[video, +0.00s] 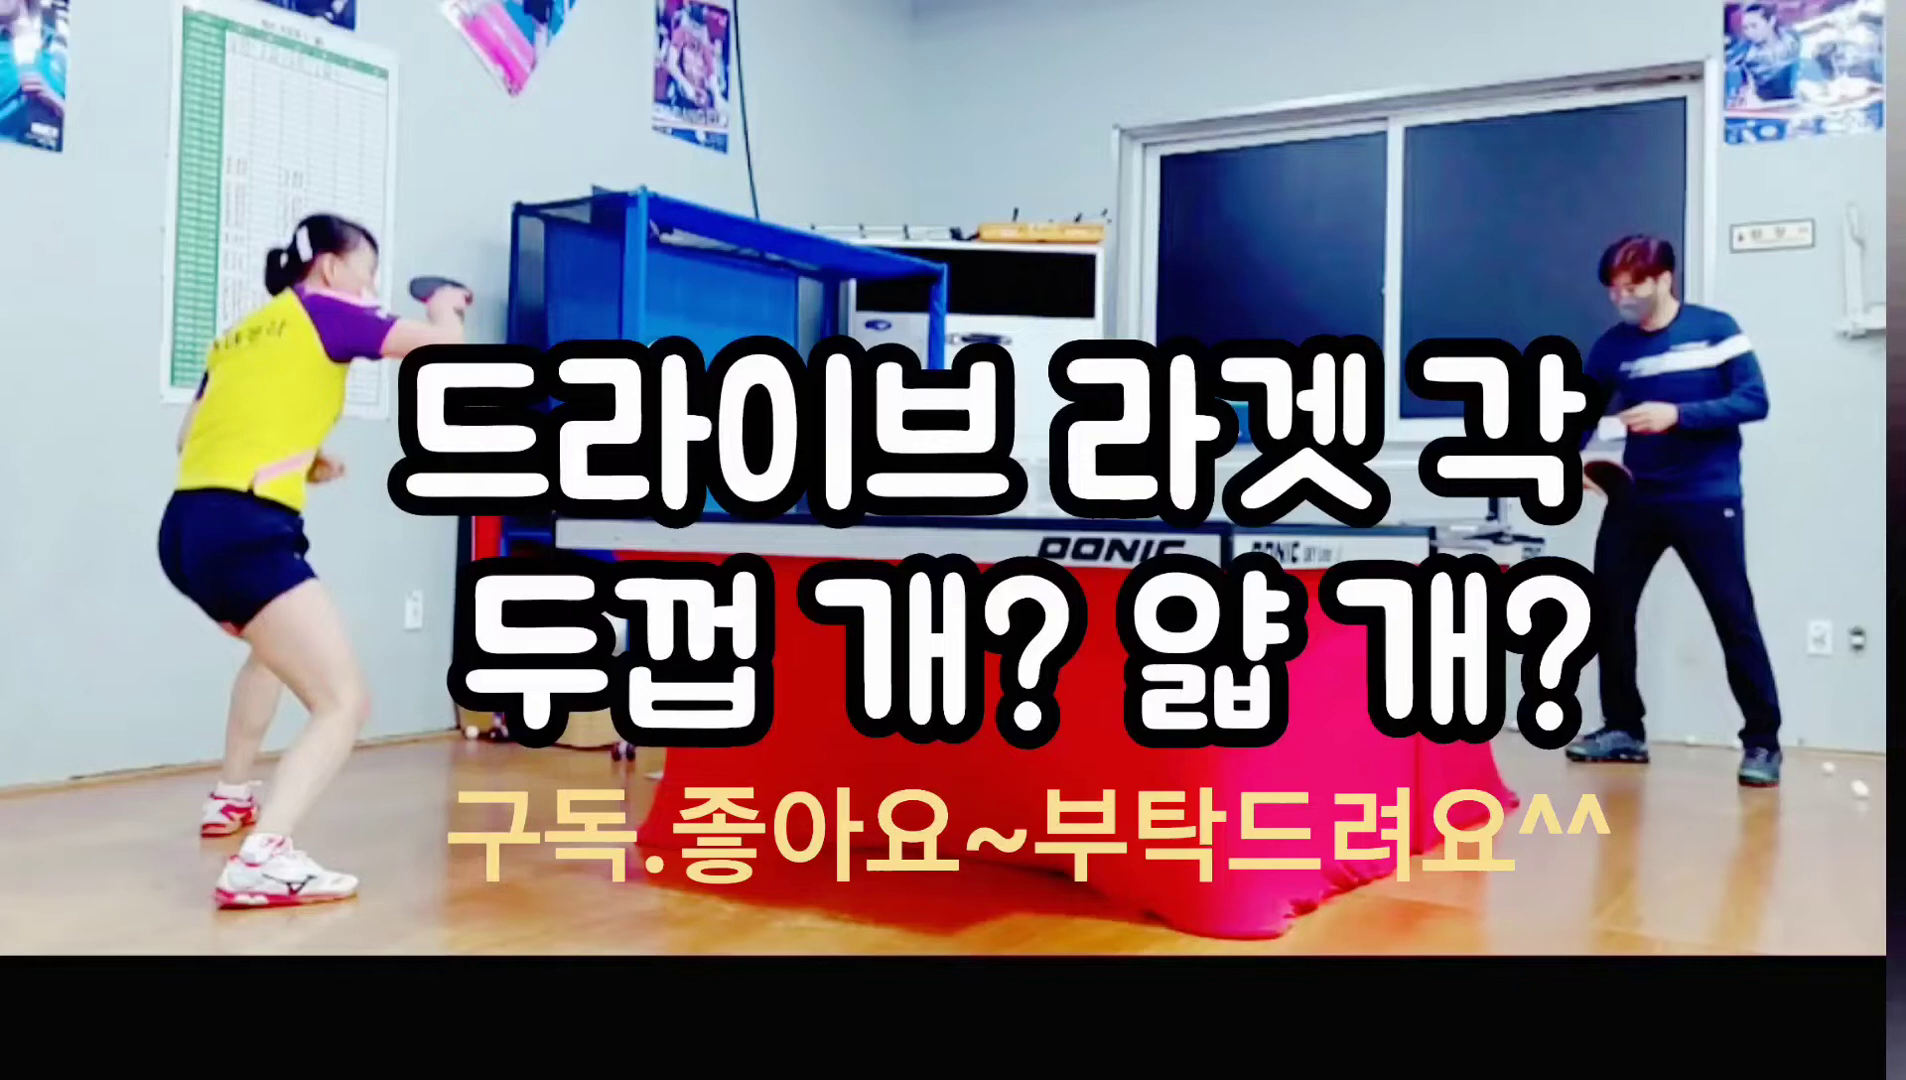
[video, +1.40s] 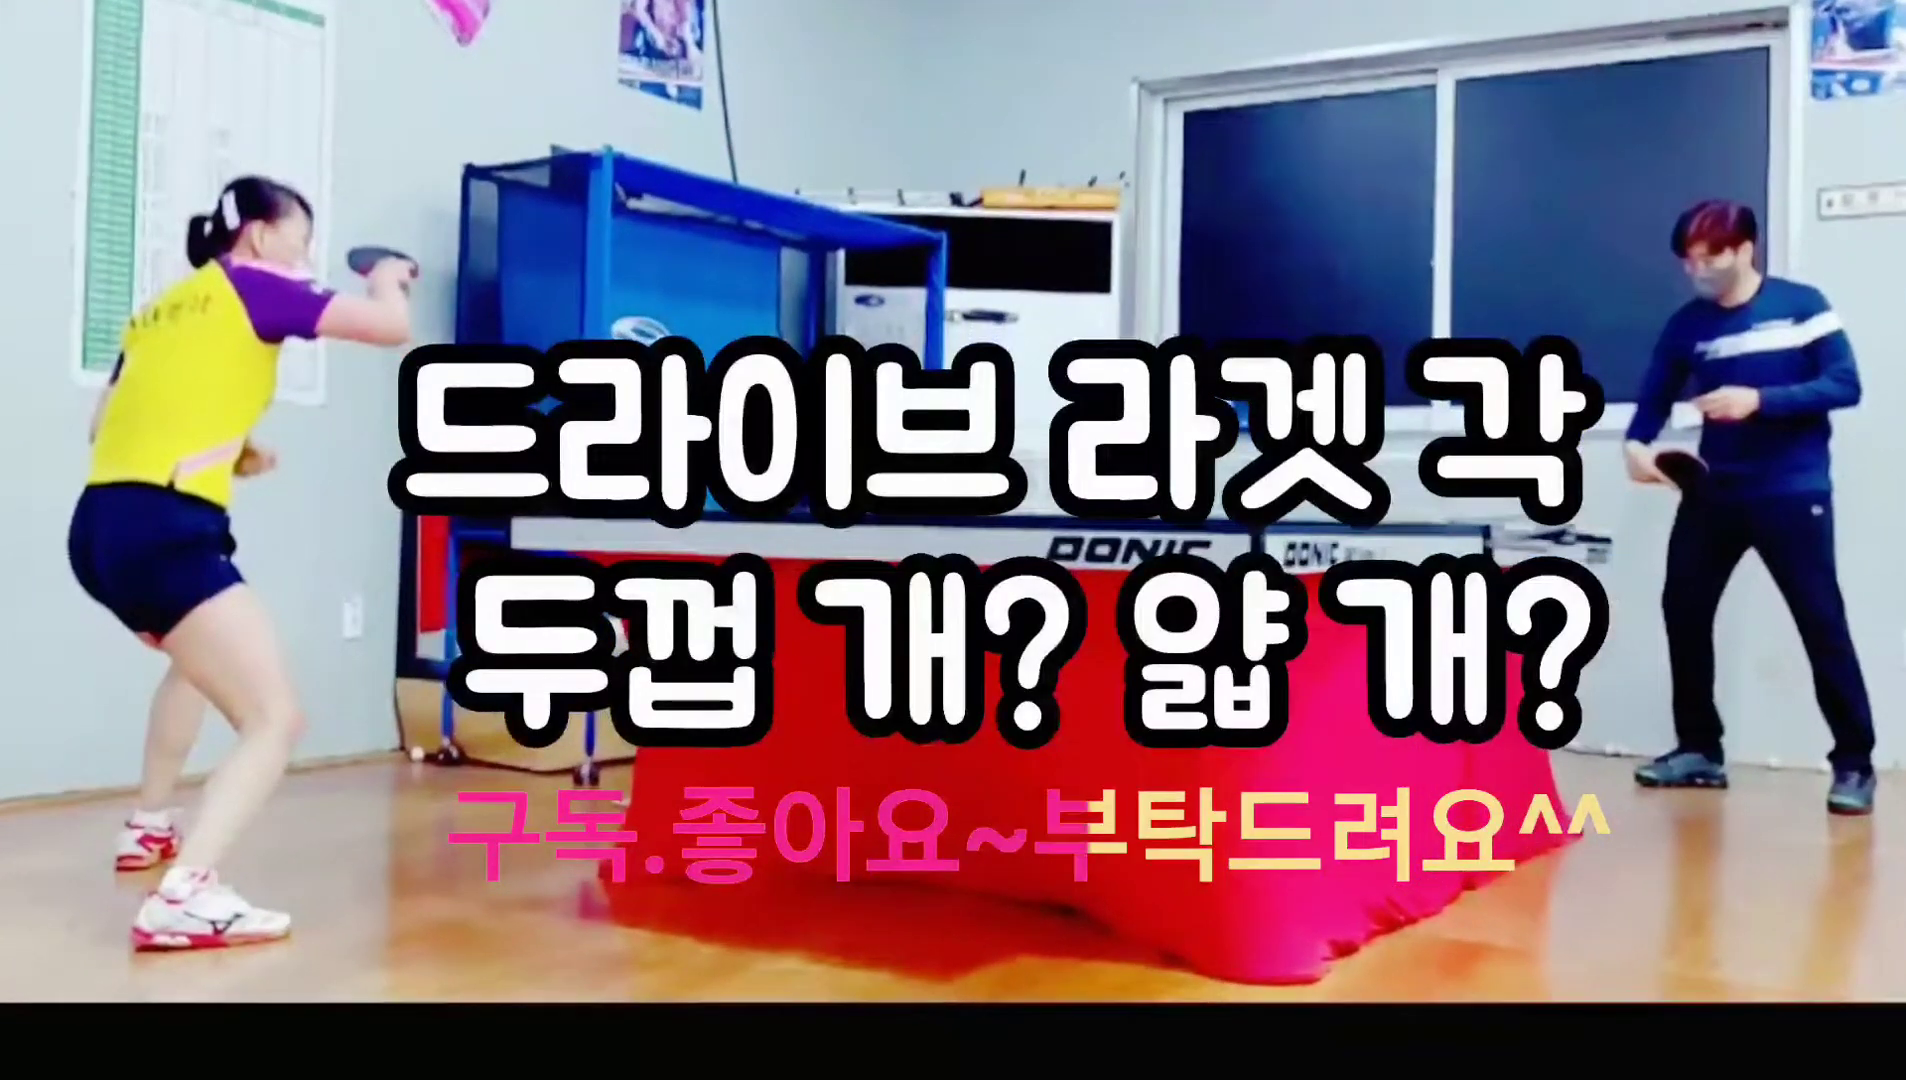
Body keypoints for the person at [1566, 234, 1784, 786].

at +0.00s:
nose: (1619, 297)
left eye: (1630, 286)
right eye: (1613, 288)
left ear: (1663, 280)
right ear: (1608, 290)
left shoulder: (1716, 329)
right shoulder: (1610, 348)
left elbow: (1754, 401)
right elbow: (1579, 421)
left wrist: (1676, 414)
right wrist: (1580, 462)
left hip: (1706, 504)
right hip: (1634, 504)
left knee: (1735, 621)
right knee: (1609, 611)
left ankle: (1761, 744)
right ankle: (1624, 730)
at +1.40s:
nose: (1694, 268)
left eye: (1706, 255)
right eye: (1688, 257)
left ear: (1743, 250)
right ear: (1684, 259)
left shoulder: (1802, 305)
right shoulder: (1688, 324)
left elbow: (1844, 385)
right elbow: (1654, 399)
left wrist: (1758, 400)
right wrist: (1635, 446)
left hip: (1792, 500)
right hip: (1712, 500)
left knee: (1823, 629)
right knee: (1684, 611)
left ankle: (1853, 766)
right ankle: (1699, 750)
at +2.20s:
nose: (1740, 253)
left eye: (1752, 239)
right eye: (1733, 242)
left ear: (1790, 233)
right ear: (1729, 243)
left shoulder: (1853, 292)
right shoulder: (1731, 311)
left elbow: (1896, 374)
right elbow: (1698, 388)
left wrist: (1806, 391)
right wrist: (1676, 437)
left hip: (1843, 497)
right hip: (1758, 497)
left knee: (1877, 635)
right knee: (1727, 614)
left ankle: (1902, 778)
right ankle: (1743, 764)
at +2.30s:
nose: (1743, 252)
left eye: (1755, 238)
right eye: (1736, 240)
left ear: (1793, 233)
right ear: (1732, 242)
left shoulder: (1856, 291)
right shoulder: (1734, 310)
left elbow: (1896, 374)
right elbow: (1700, 388)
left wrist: (1809, 391)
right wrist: (1678, 437)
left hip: (1846, 498)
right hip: (1760, 499)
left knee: (1881, 636)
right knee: (1729, 613)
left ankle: (1903, 778)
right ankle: (1745, 764)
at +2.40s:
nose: (1750, 251)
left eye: (1761, 237)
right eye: (1743, 239)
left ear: (1801, 230)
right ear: (1740, 240)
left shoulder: (1869, 289)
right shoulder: (1743, 307)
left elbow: (1900, 374)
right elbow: (1708, 387)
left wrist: (1820, 389)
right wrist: (1687, 436)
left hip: (1857, 497)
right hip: (1769, 498)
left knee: (1892, 637)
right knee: (1738, 615)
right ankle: (1755, 766)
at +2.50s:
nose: (1750, 250)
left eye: (1761, 237)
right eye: (1743, 239)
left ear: (1801, 230)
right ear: (1741, 239)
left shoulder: (1869, 289)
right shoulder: (1743, 307)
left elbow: (1900, 375)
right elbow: (1708, 387)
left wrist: (1820, 389)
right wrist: (1687, 436)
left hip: (1857, 497)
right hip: (1769, 498)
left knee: (1892, 636)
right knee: (1738, 615)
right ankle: (1754, 766)